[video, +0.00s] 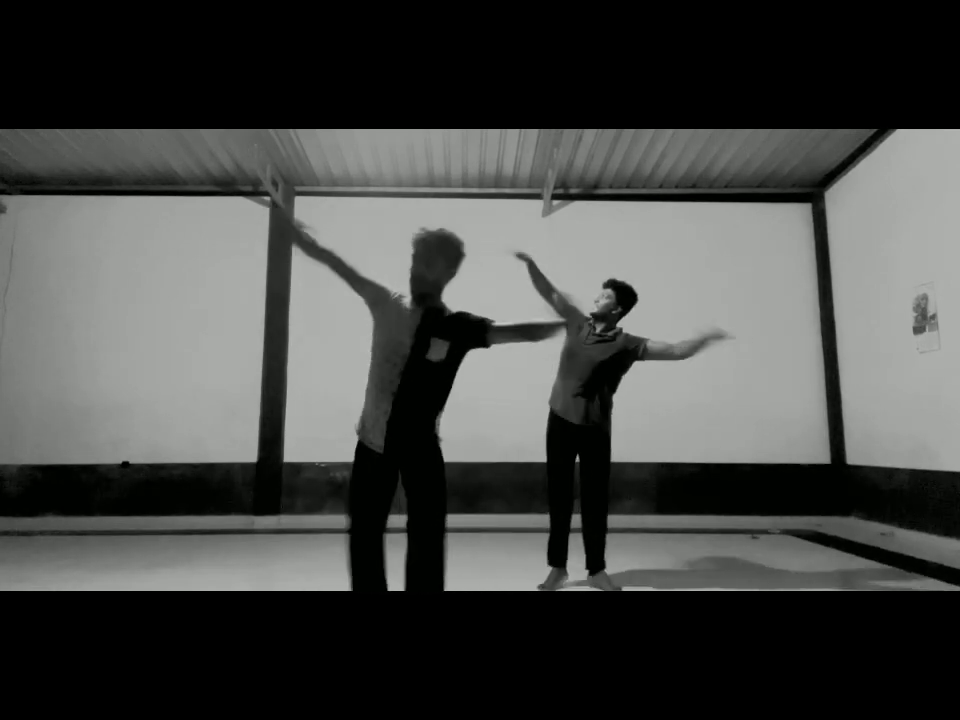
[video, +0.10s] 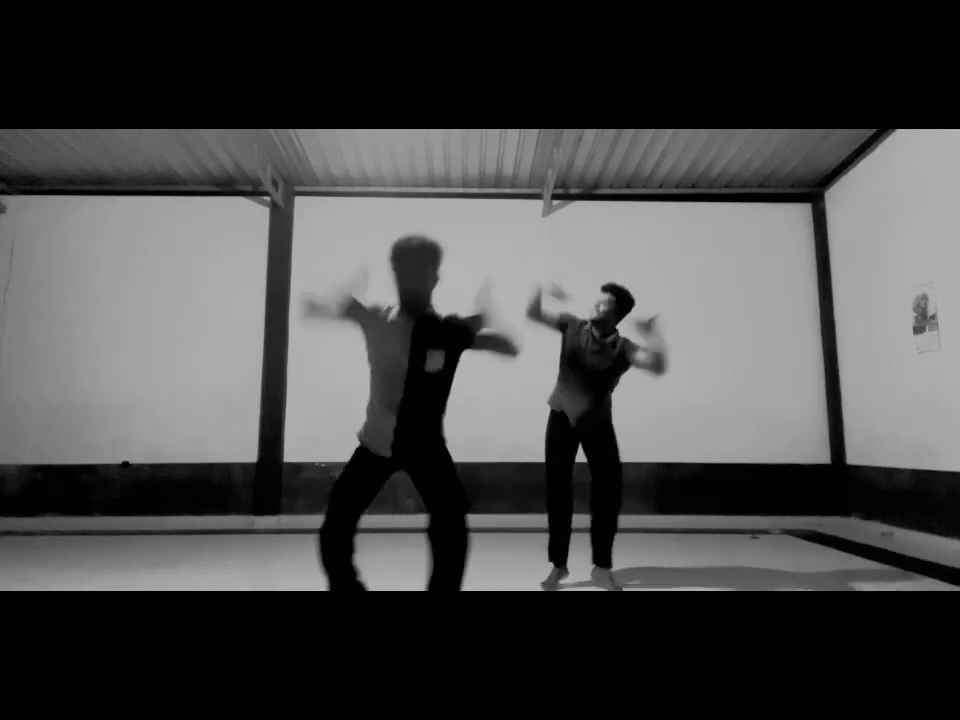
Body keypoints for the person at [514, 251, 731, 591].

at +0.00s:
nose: (597, 299)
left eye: (605, 297)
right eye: (600, 295)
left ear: (618, 309)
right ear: (599, 302)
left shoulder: (629, 345)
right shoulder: (576, 324)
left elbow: (676, 351)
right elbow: (550, 293)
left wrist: (705, 339)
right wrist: (530, 264)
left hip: (595, 432)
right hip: (560, 426)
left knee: (595, 503)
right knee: (559, 501)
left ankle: (596, 571)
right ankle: (557, 569)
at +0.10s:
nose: (597, 307)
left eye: (605, 305)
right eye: (598, 302)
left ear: (617, 314)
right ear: (595, 305)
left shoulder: (622, 347)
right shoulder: (571, 325)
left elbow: (658, 366)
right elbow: (534, 313)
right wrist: (540, 291)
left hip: (597, 424)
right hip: (562, 420)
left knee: (608, 491)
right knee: (558, 491)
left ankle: (602, 568)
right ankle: (558, 567)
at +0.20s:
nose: (603, 328)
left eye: (609, 324)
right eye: (600, 321)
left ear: (616, 329)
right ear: (592, 321)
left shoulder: (617, 363)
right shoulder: (568, 351)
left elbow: (623, 398)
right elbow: (550, 377)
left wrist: (601, 385)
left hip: (600, 433)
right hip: (565, 431)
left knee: (623, 493)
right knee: (555, 497)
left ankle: (612, 569)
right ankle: (558, 571)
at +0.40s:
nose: (601, 340)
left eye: (600, 335)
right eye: (595, 336)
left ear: (594, 337)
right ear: (578, 340)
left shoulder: (614, 369)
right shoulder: (560, 377)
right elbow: (538, 411)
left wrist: (636, 393)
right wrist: (568, 398)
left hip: (611, 453)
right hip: (573, 456)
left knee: (636, 510)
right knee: (554, 510)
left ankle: (615, 581)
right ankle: (560, 578)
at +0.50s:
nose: (599, 316)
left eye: (598, 311)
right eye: (593, 312)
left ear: (592, 315)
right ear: (579, 318)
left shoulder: (612, 338)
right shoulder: (561, 353)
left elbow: (641, 320)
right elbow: (531, 364)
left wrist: (674, 324)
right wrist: (528, 366)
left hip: (617, 431)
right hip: (582, 436)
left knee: (635, 493)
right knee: (572, 498)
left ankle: (616, 571)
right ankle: (563, 571)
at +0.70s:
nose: (600, 299)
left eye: (599, 294)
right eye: (593, 297)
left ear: (599, 299)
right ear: (578, 306)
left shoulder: (617, 320)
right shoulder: (566, 333)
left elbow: (639, 287)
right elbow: (526, 321)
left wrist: (660, 258)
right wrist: (490, 304)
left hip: (623, 412)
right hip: (593, 415)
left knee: (636, 482)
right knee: (598, 484)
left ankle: (632, 553)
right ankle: (605, 556)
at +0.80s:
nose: (599, 307)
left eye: (600, 302)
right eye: (591, 305)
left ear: (605, 304)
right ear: (580, 311)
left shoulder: (618, 329)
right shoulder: (571, 336)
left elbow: (641, 291)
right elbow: (536, 317)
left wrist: (658, 258)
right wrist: (516, 292)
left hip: (628, 420)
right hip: (596, 424)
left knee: (641, 488)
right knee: (603, 492)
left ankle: (637, 557)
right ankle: (607, 561)